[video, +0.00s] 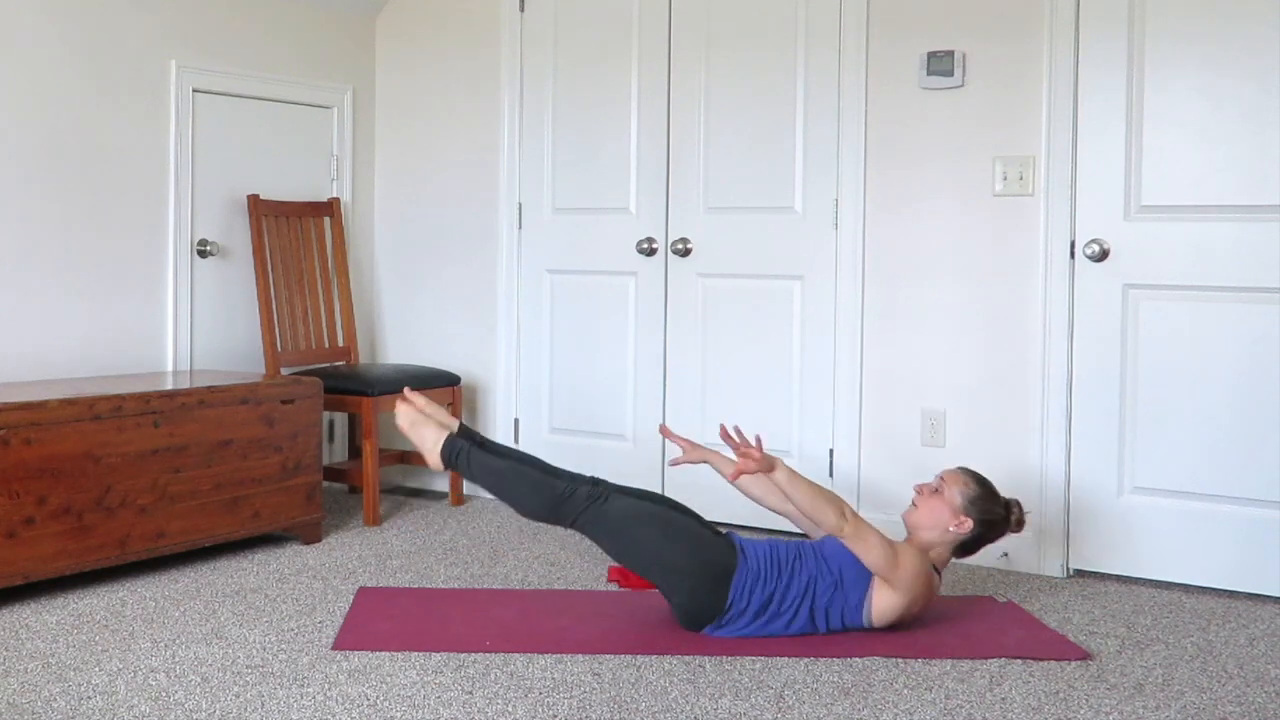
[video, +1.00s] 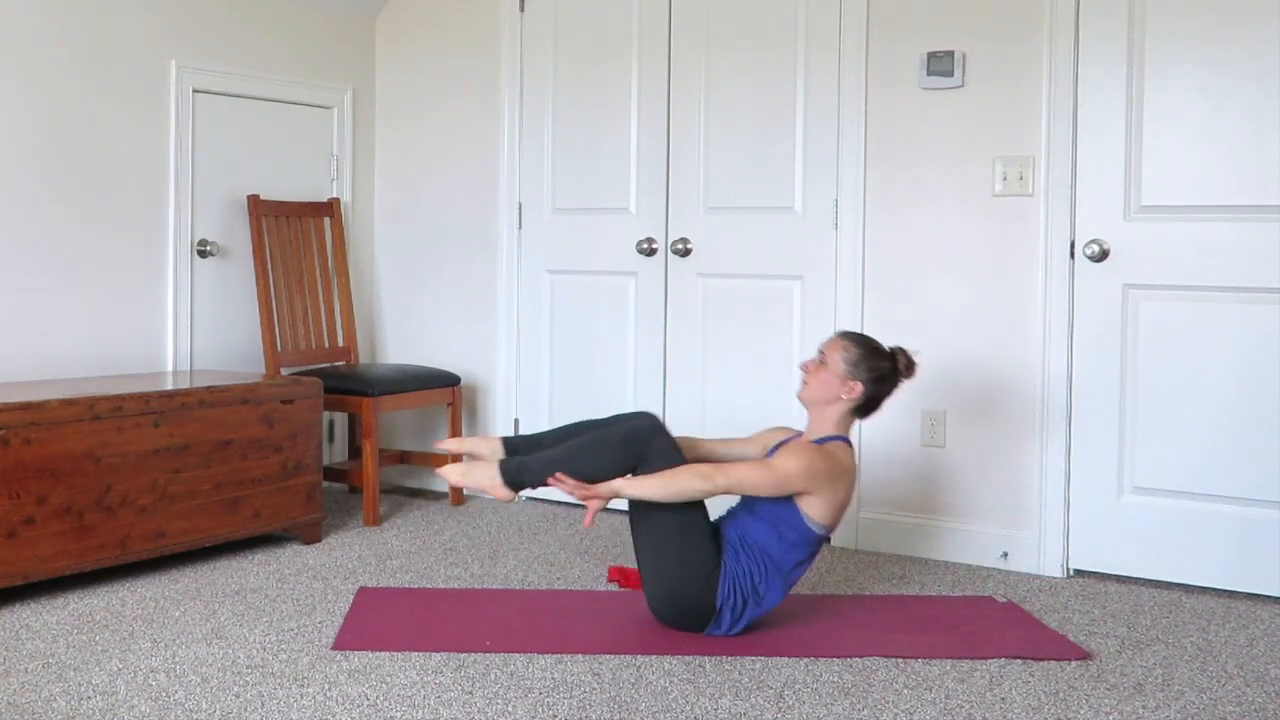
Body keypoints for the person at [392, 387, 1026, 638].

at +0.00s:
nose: (918, 495)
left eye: (934, 496)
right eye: (928, 487)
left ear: (957, 527)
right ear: (938, 513)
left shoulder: (910, 576)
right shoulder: (896, 557)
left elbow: (841, 519)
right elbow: (821, 521)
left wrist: (774, 470)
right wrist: (725, 468)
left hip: (720, 584)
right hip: (724, 558)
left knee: (584, 501)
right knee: (586, 493)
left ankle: (448, 439)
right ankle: (449, 448)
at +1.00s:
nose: (807, 366)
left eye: (821, 363)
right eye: (816, 357)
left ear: (849, 392)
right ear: (842, 390)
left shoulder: (821, 463)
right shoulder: (795, 441)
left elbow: (716, 483)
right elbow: (700, 453)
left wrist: (614, 491)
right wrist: (615, 469)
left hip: (708, 600)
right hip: (703, 573)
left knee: (644, 435)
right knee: (638, 428)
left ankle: (506, 480)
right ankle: (506, 451)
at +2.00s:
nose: (883, 441)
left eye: (900, 438)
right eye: (891, 432)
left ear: (928, 466)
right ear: (910, 456)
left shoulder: (890, 524)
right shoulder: (870, 503)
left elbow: (794, 524)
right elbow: (774, 493)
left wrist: (695, 514)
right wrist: (680, 478)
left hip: (716, 587)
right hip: (719, 567)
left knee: (586, 485)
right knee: (590, 483)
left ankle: (436, 487)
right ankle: (444, 484)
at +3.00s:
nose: (932, 500)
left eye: (949, 502)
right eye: (942, 492)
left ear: (971, 537)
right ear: (950, 520)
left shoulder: (917, 578)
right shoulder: (909, 559)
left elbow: (839, 531)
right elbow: (827, 518)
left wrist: (754, 480)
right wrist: (740, 471)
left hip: (729, 587)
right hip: (732, 569)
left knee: (611, 477)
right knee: (615, 476)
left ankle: (473, 414)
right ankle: (478, 417)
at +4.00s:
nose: (786, 365)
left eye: (799, 358)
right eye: (792, 354)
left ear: (834, 377)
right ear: (829, 378)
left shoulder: (822, 453)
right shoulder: (793, 437)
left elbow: (724, 491)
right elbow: (708, 466)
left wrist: (631, 516)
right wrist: (621, 508)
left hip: (709, 598)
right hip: (704, 580)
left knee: (656, 433)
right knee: (651, 431)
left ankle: (540, 524)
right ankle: (543, 515)